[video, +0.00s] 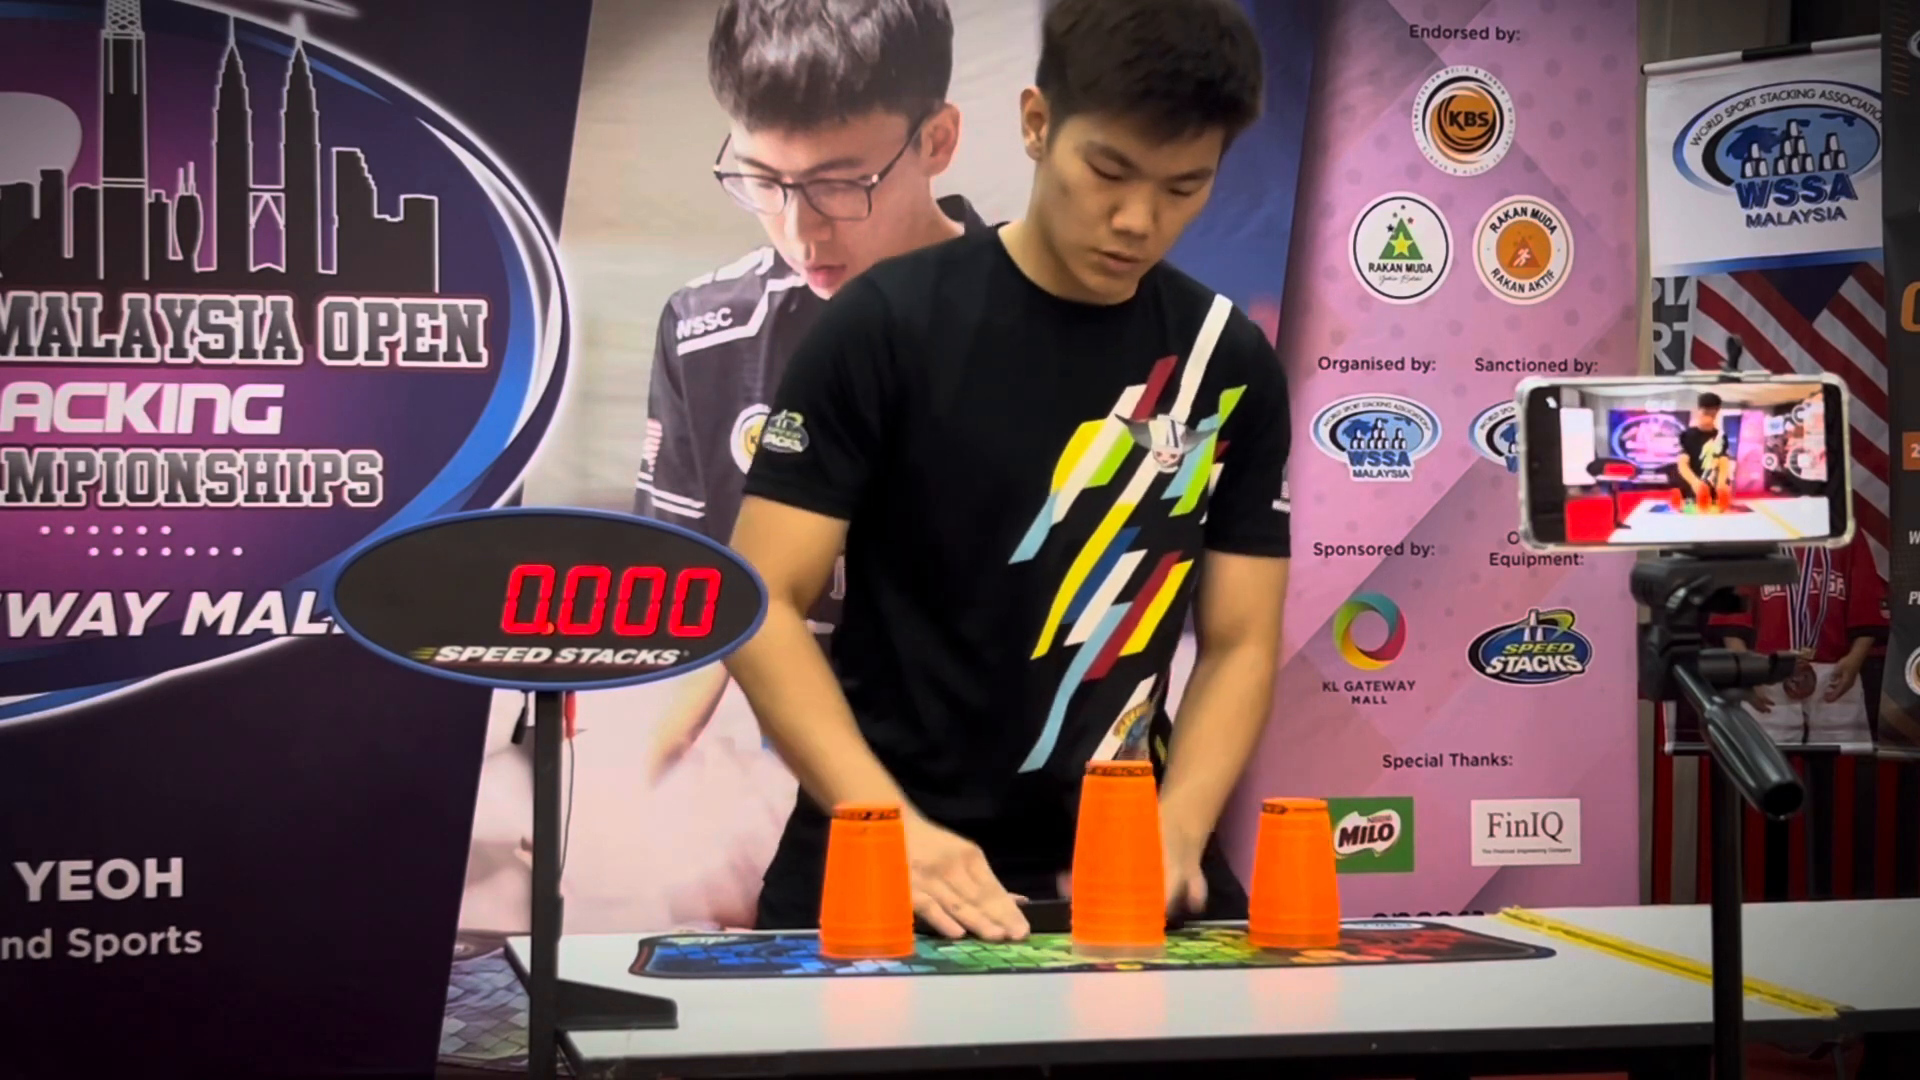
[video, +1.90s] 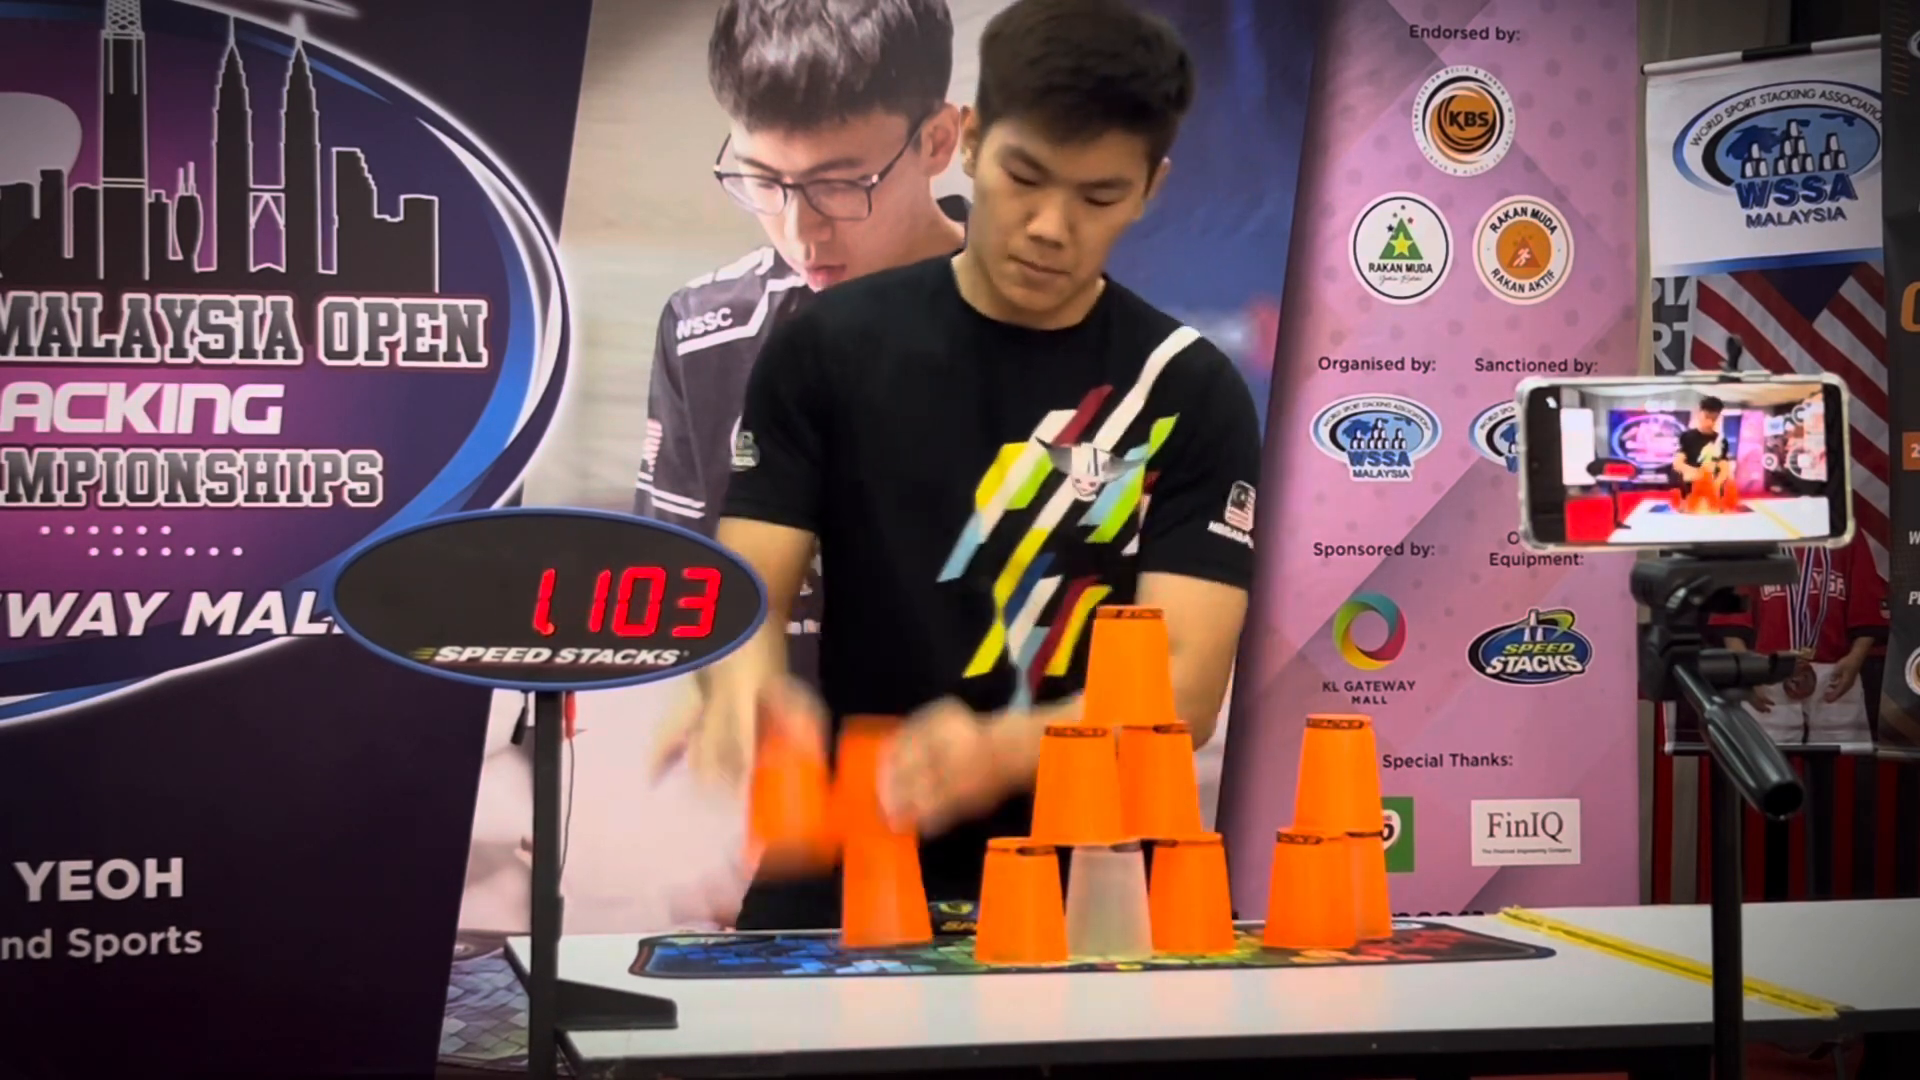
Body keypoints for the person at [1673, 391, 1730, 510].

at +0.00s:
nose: (1708, 418)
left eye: (1712, 414)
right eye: (1705, 413)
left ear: (1716, 413)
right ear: (1699, 411)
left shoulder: (1720, 437)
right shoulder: (1688, 435)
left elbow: (1723, 463)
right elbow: (1682, 465)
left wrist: (1721, 485)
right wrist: (1697, 485)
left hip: (1714, 494)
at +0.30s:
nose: (1709, 422)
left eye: (1713, 418)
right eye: (1706, 417)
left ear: (1717, 418)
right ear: (1700, 415)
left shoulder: (1720, 440)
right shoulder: (1688, 437)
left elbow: (1723, 469)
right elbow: (1673, 464)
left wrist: (1714, 495)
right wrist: (1686, 495)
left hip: (1710, 498)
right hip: (1690, 498)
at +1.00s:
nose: (1709, 427)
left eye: (1713, 422)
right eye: (1706, 421)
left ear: (1717, 421)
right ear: (1699, 418)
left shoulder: (1721, 443)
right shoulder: (1687, 439)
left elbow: (1723, 471)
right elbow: (1676, 467)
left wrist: (1715, 491)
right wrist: (1696, 485)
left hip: (1711, 497)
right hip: (1688, 497)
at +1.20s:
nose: (1714, 426)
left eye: (1717, 422)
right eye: (1711, 421)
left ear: (1721, 422)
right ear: (1702, 418)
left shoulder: (1721, 443)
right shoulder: (1690, 440)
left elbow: (1724, 467)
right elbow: (1688, 470)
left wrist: (1726, 482)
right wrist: (1713, 480)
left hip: (1715, 496)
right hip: (1693, 495)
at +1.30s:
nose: (1714, 426)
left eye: (1718, 422)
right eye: (1712, 421)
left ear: (1721, 422)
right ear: (1703, 418)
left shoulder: (1722, 443)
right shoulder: (1691, 440)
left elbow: (1725, 467)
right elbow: (1688, 470)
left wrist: (1729, 487)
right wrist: (1713, 486)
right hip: (1693, 494)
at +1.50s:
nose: (1712, 425)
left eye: (1716, 421)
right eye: (1710, 420)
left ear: (1720, 422)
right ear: (1701, 418)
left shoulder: (1721, 443)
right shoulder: (1689, 439)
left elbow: (1723, 471)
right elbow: (1681, 469)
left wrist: (1715, 489)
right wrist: (1696, 486)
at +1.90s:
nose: (1710, 423)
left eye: (1714, 418)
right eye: (1707, 417)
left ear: (1717, 418)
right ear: (1700, 414)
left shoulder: (1721, 440)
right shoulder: (1688, 437)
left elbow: (1724, 468)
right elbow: (1677, 463)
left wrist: (1715, 484)